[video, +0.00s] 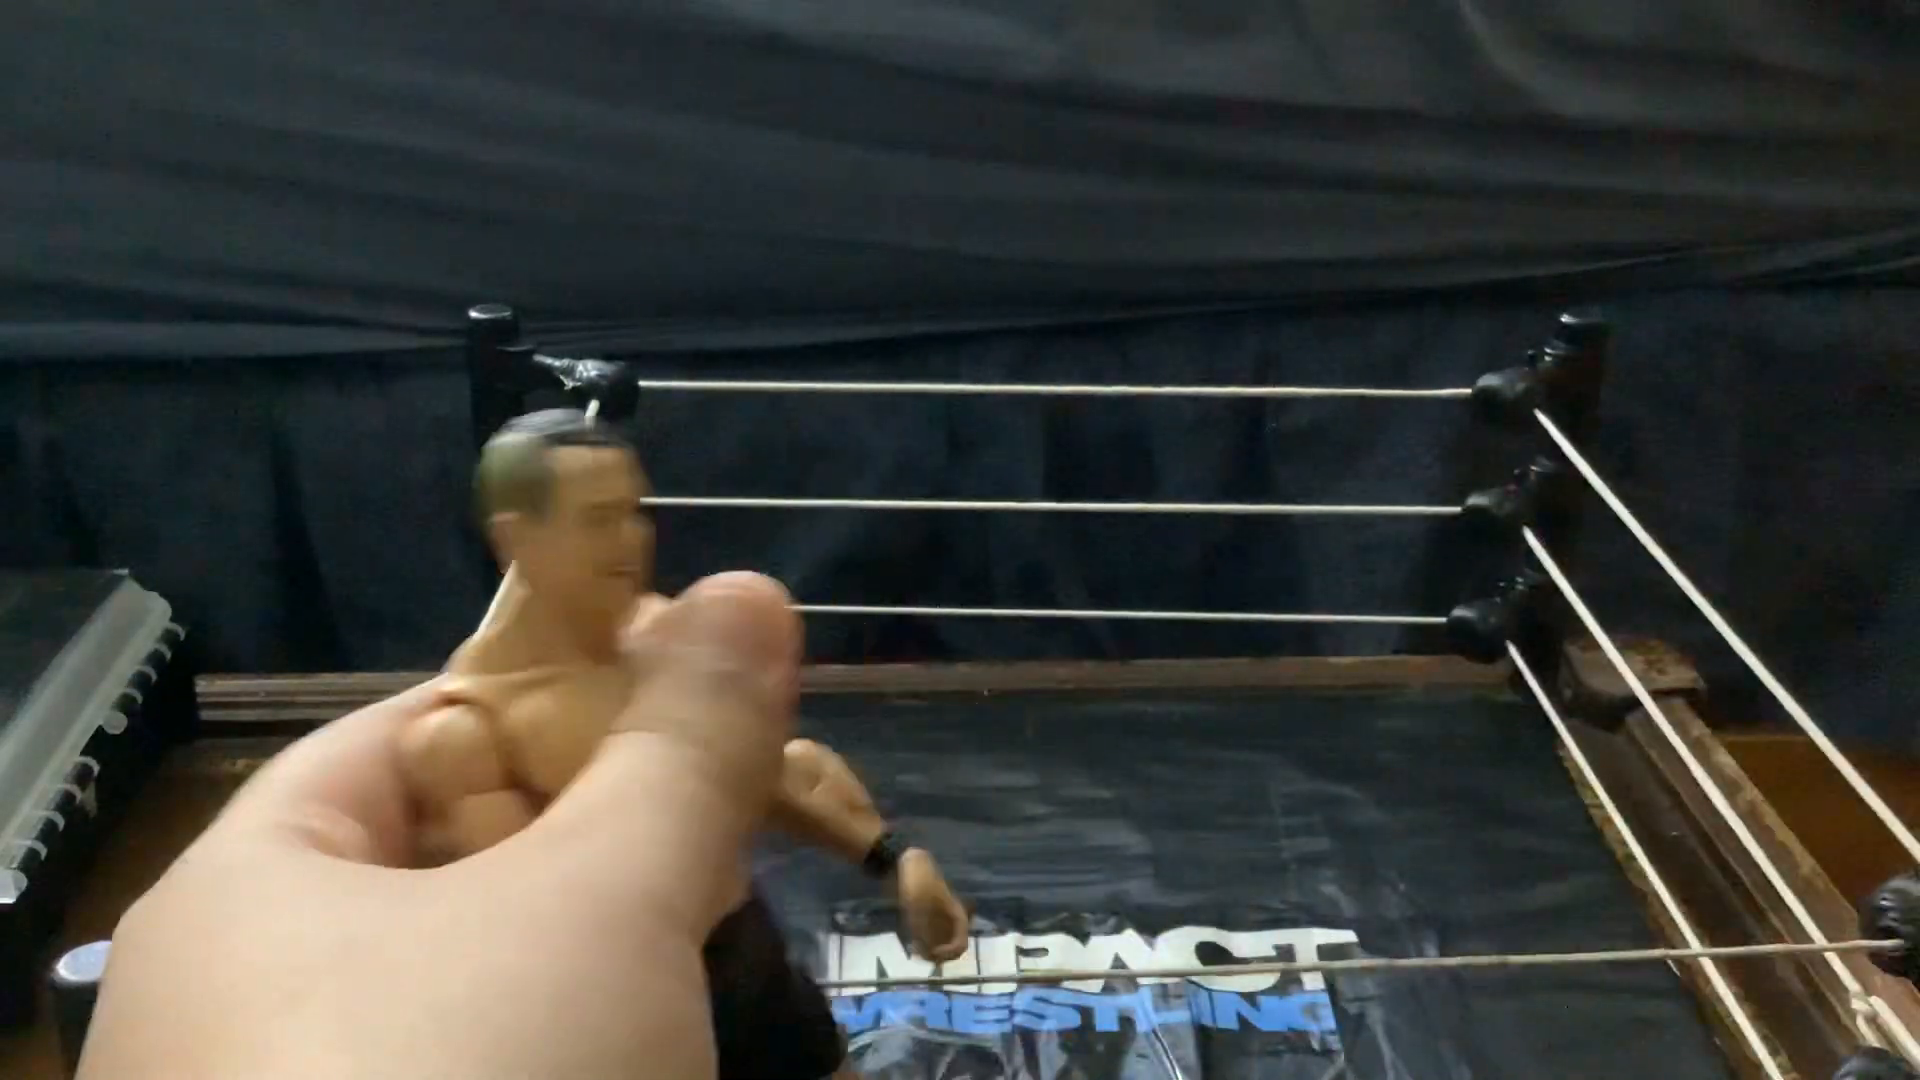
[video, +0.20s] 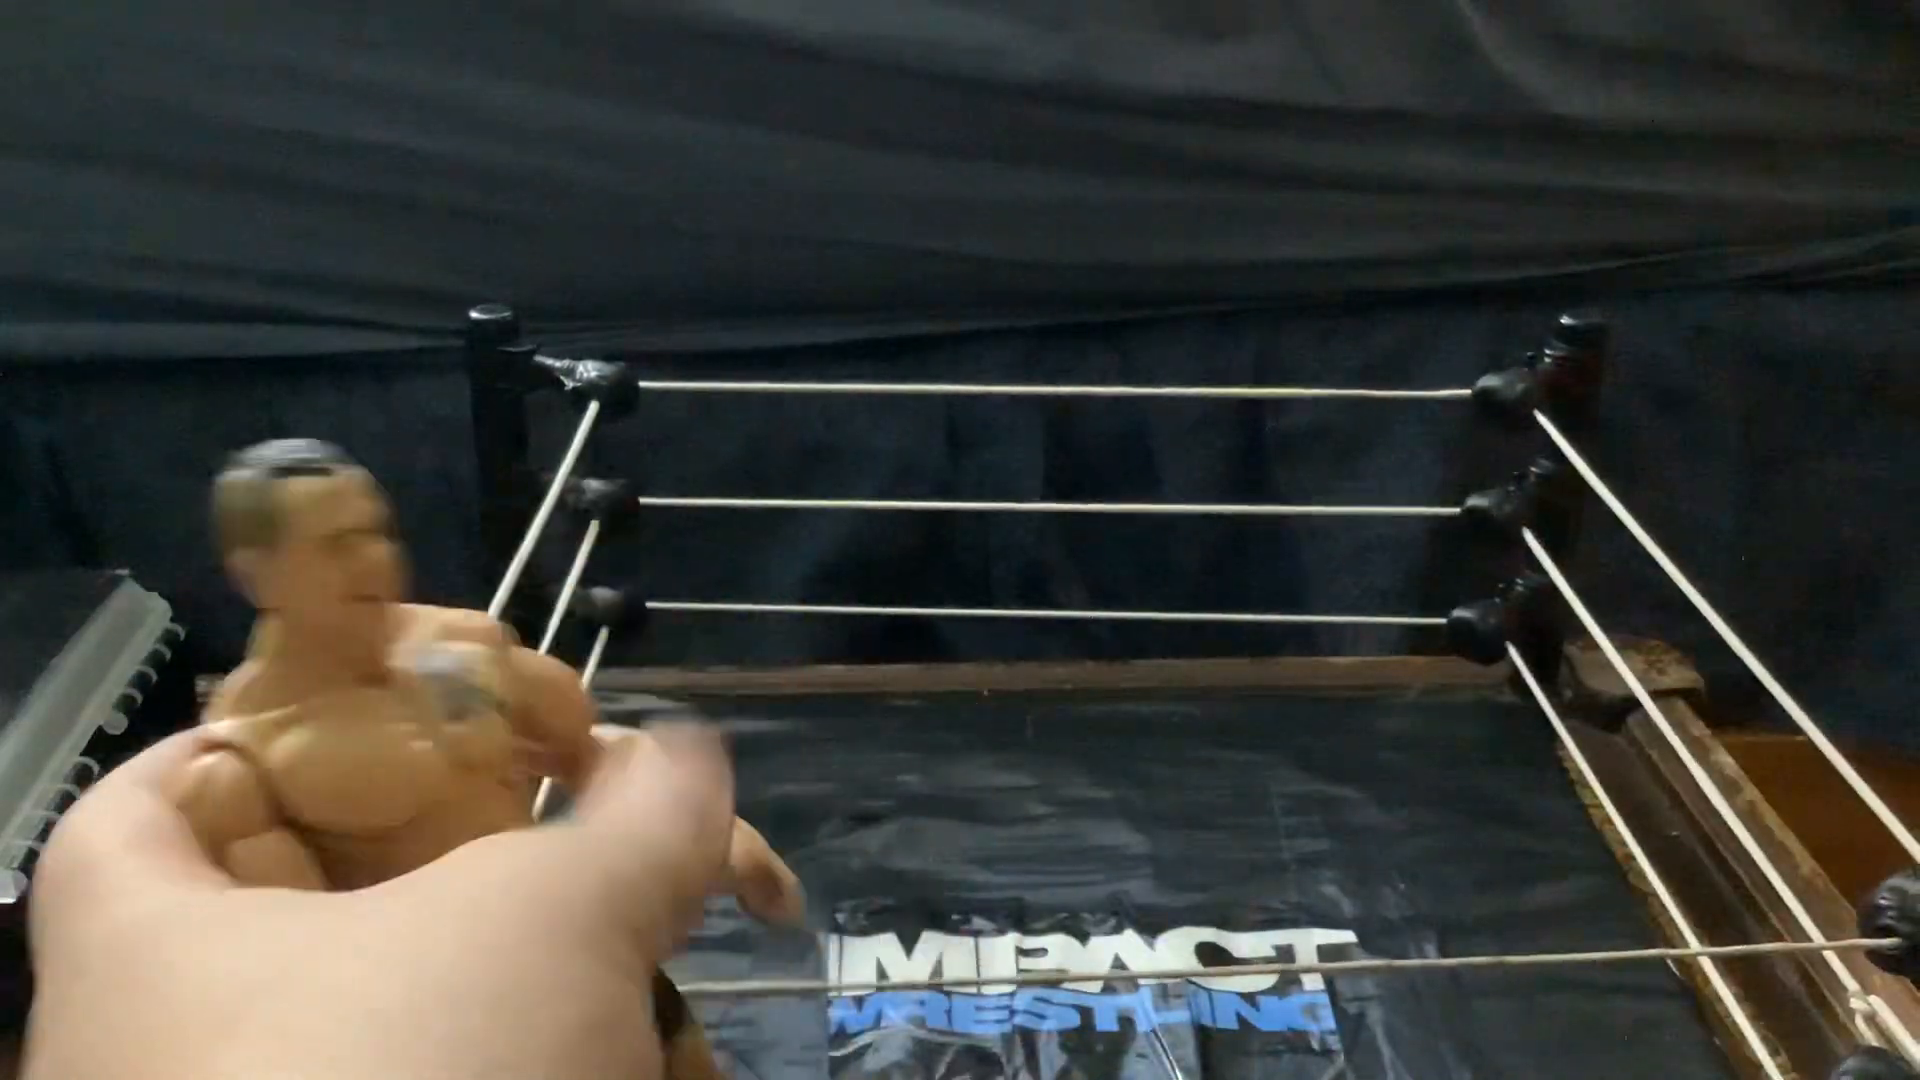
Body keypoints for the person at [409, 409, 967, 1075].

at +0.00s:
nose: (632, 543)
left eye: (639, 515)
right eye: (599, 520)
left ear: (651, 516)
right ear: (513, 537)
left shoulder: (657, 635)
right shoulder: (460, 725)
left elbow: (776, 763)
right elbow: (533, 924)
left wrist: (894, 856)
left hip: (744, 960)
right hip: (603, 995)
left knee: (819, 1060)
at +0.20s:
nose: (375, 561)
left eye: (380, 535)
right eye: (337, 544)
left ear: (396, 540)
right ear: (252, 575)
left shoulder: (468, 645)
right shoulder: (233, 755)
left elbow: (595, 755)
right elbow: (301, 952)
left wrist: (724, 838)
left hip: (558, 952)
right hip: (399, 1023)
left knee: (671, 1040)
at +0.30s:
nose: (370, 529)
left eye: (359, 506)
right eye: (332, 518)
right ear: (246, 557)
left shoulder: (403, 629)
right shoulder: (249, 750)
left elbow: (533, 743)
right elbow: (351, 935)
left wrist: (660, 800)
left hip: (554, 923)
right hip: (451, 991)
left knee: (676, 1054)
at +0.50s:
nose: (455, 506)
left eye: (445, 485)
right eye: (424, 488)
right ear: (337, 515)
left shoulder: (420, 623)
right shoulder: (318, 703)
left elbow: (532, 769)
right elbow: (372, 914)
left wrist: (641, 858)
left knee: (551, 773)